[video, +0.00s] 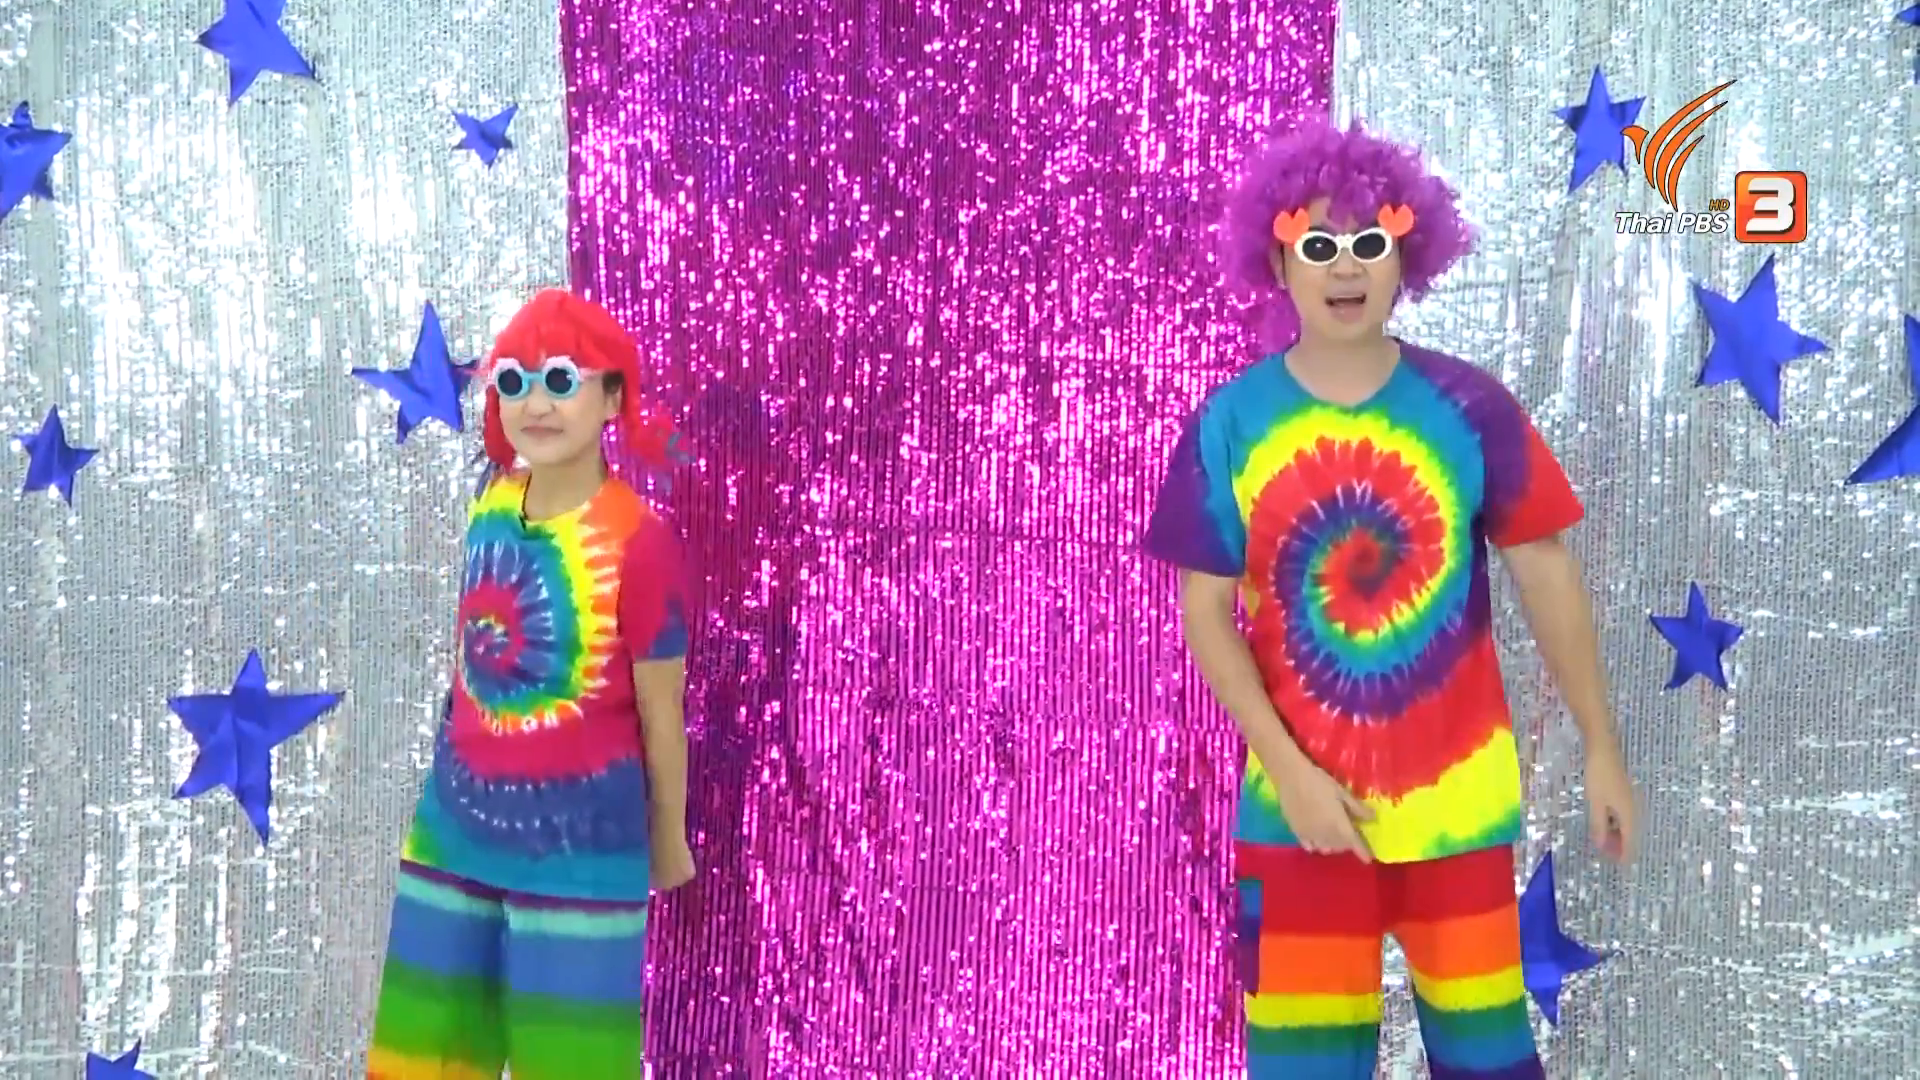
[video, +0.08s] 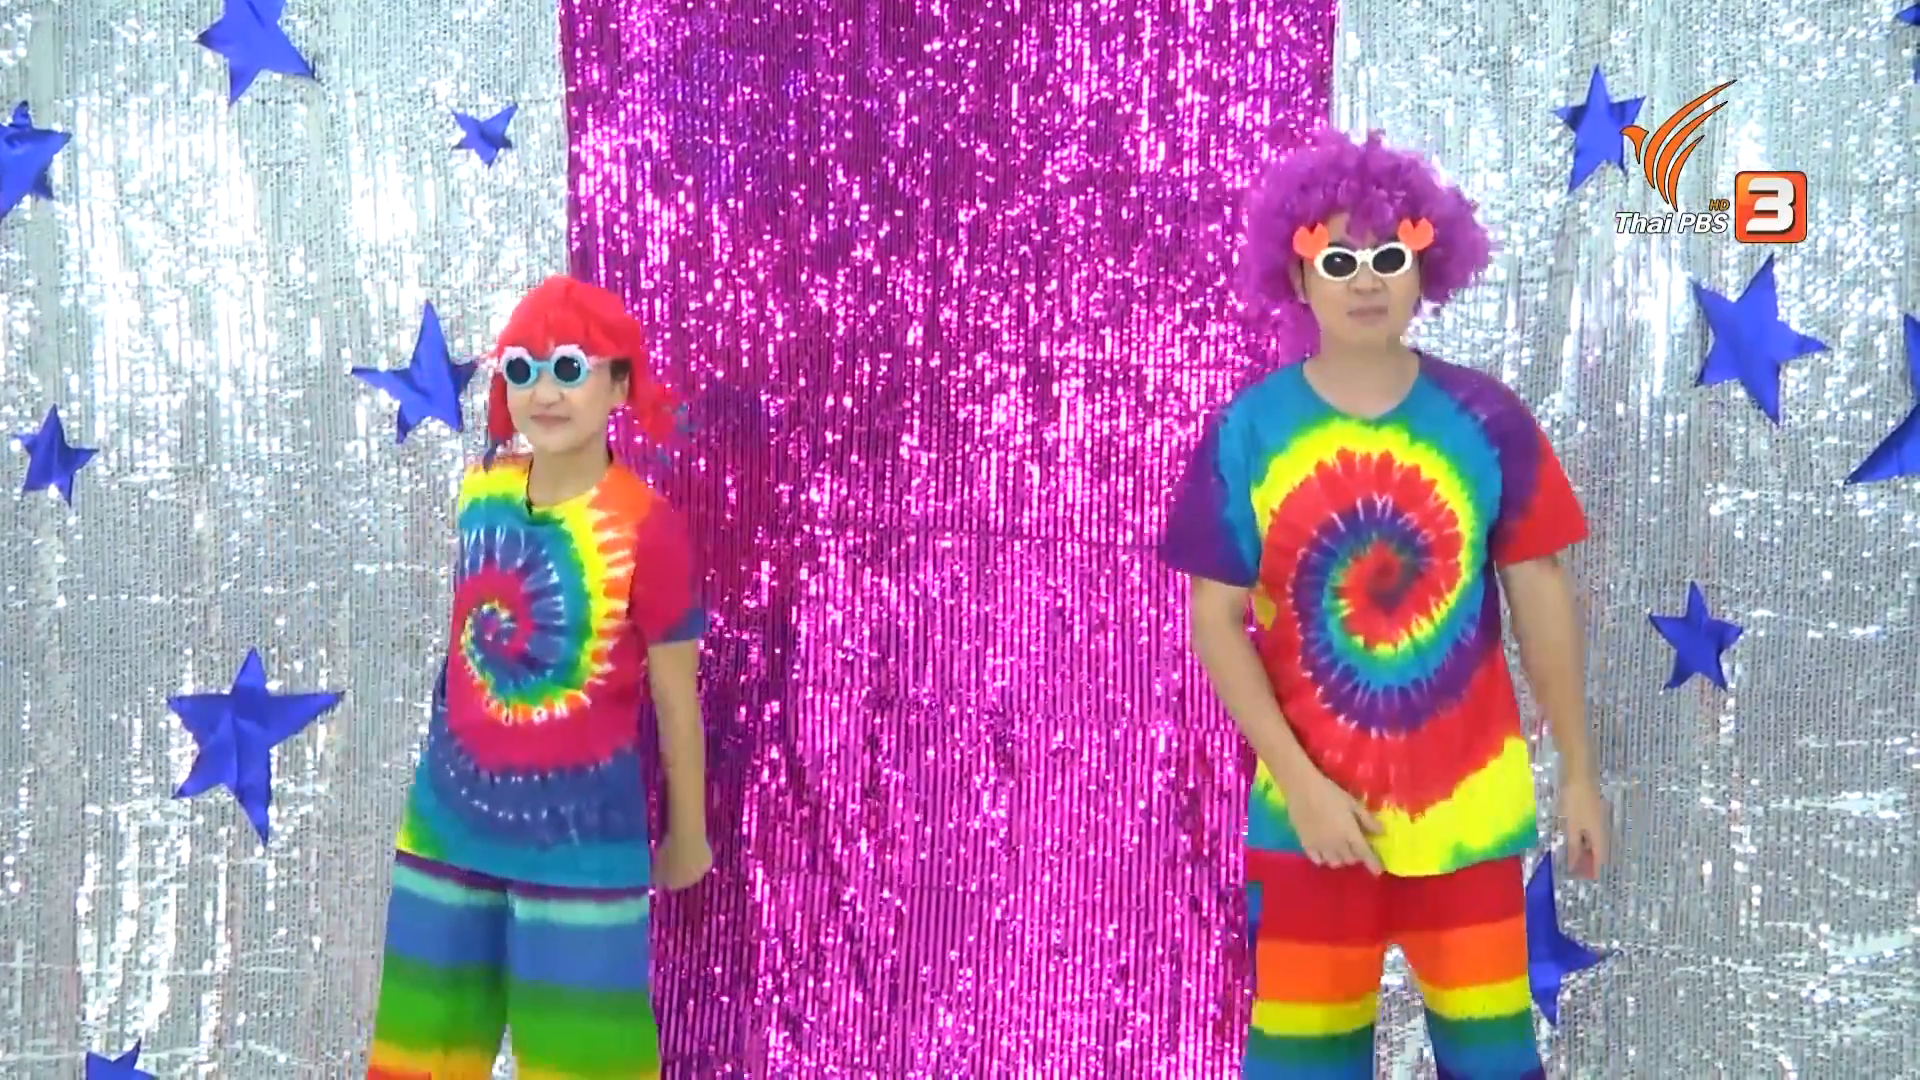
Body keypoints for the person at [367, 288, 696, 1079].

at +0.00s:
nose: (535, 402)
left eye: (561, 379)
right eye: (515, 382)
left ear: (611, 400)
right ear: (497, 405)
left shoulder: (638, 537)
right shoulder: (491, 509)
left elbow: (662, 704)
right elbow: (481, 660)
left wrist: (669, 832)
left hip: (578, 835)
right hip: (458, 822)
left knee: (567, 1054)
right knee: (424, 1049)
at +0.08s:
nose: (543, 390)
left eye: (570, 367)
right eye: (523, 369)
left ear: (618, 388)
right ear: (504, 391)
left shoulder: (645, 521)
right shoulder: (480, 494)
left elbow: (676, 690)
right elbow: (473, 643)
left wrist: (687, 830)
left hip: (578, 831)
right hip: (451, 818)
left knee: (577, 1053)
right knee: (423, 1049)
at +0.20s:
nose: (547, 380)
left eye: (574, 360)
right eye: (528, 358)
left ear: (618, 387)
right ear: (505, 380)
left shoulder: (649, 522)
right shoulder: (463, 487)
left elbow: (696, 688)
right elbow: (428, 613)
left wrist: (733, 836)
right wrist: (381, 700)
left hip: (577, 835)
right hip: (439, 822)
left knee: (591, 1062)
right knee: (406, 1057)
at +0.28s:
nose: (547, 383)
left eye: (575, 364)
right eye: (527, 359)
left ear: (614, 393)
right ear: (500, 379)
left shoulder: (641, 523)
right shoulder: (446, 485)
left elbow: (695, 676)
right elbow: (380, 595)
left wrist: (750, 841)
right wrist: (271, 674)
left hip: (572, 837)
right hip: (428, 826)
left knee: (588, 1061)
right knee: (395, 1058)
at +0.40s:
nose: (537, 411)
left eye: (566, 395)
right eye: (517, 385)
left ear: (597, 425)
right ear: (483, 399)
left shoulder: (624, 546)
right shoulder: (412, 513)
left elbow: (680, 699)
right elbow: (284, 609)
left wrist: (739, 850)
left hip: (547, 860)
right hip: (403, 847)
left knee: (561, 1070)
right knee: (380, 1067)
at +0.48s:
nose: (519, 419)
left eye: (548, 404)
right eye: (499, 394)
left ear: (578, 433)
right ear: (465, 409)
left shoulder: (601, 555)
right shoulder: (390, 523)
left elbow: (650, 711)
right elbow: (257, 620)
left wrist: (704, 854)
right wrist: (106, 695)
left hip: (528, 874)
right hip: (380, 865)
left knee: (554, 1068)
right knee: (357, 1066)